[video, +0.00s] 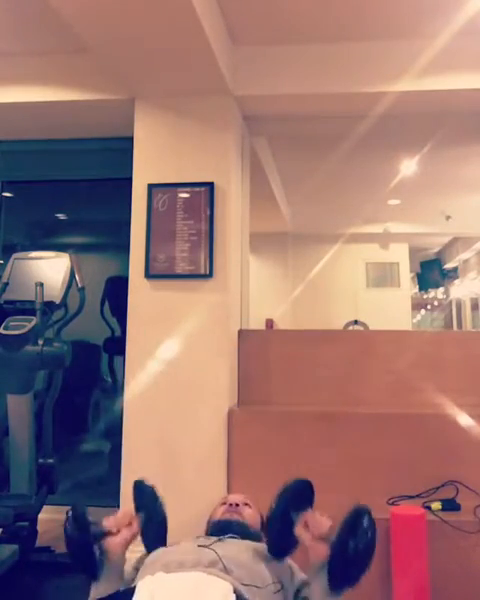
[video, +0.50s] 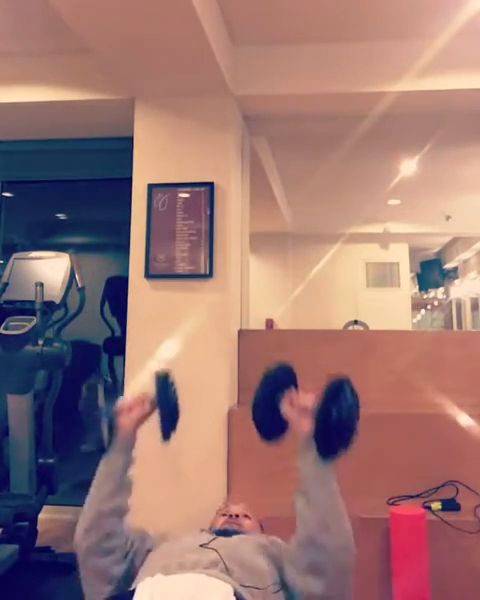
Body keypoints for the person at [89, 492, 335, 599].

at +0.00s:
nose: (233, 504)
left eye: (246, 505)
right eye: (225, 503)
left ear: (261, 525)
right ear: (208, 522)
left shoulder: (272, 555)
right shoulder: (158, 554)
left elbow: (309, 595)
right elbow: (109, 595)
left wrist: (324, 567)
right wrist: (111, 560)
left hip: (220, 589)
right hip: (150, 589)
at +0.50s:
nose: (233, 515)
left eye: (245, 516)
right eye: (225, 514)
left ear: (263, 535)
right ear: (207, 526)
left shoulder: (277, 552)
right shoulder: (157, 549)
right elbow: (95, 538)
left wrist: (308, 440)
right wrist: (122, 439)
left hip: (229, 589)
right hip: (155, 585)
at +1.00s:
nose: (235, 510)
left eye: (248, 512)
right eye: (226, 510)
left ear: (263, 531)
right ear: (208, 525)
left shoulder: (283, 557)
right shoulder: (149, 553)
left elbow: (317, 523)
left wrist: (298, 426)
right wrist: (126, 424)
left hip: (225, 589)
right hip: (152, 588)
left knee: (201, 589)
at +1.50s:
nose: (229, 501)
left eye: (240, 502)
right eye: (219, 500)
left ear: (256, 525)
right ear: (202, 520)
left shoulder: (268, 555)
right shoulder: (156, 553)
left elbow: (299, 596)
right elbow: (114, 597)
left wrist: (316, 580)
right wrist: (104, 568)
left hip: (219, 588)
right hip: (150, 586)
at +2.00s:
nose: (232, 515)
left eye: (244, 517)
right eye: (224, 514)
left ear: (262, 534)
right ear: (206, 528)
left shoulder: (284, 558)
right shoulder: (153, 545)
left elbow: (323, 520)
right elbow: (110, 510)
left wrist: (302, 422)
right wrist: (133, 415)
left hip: (229, 590)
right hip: (154, 588)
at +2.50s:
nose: (235, 510)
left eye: (246, 511)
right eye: (227, 509)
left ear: (262, 531)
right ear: (207, 524)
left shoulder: (275, 551)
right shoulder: (158, 548)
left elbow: (329, 558)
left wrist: (304, 450)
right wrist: (131, 443)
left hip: (229, 588)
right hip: (153, 586)